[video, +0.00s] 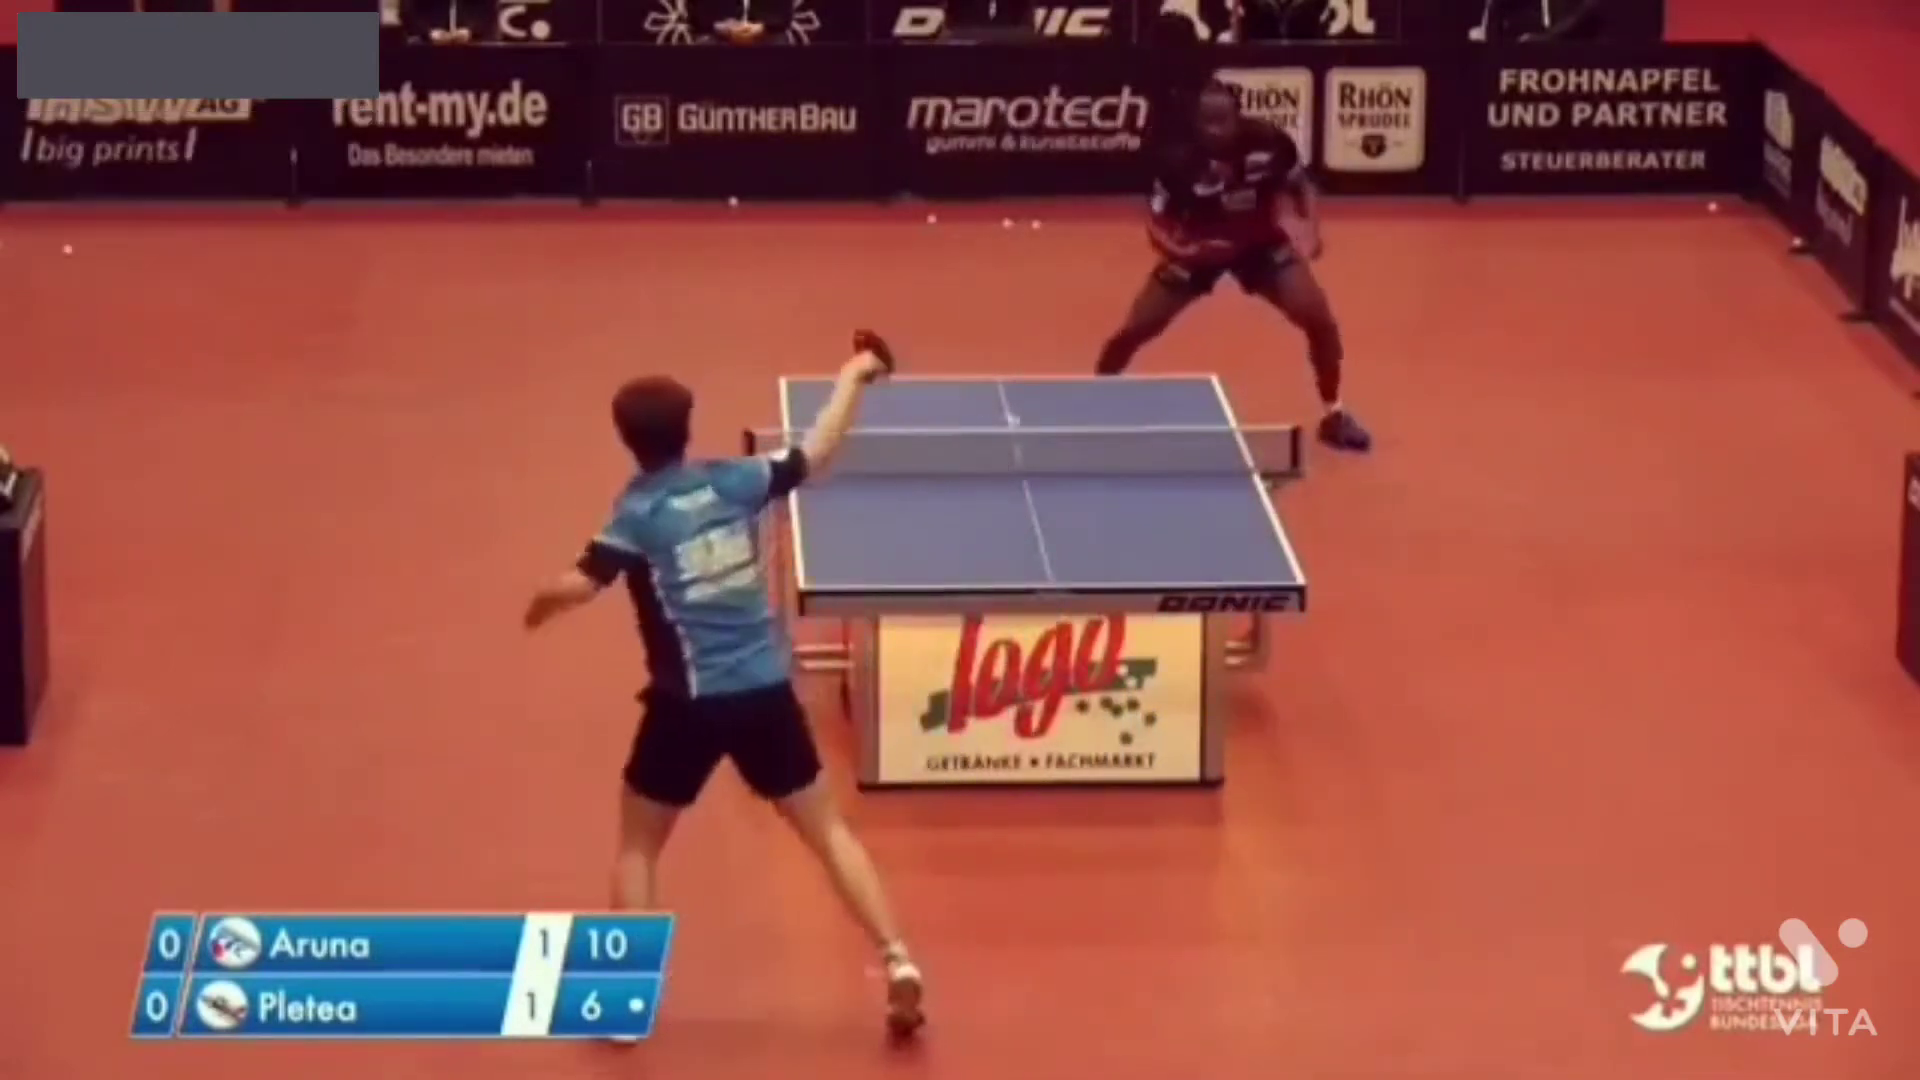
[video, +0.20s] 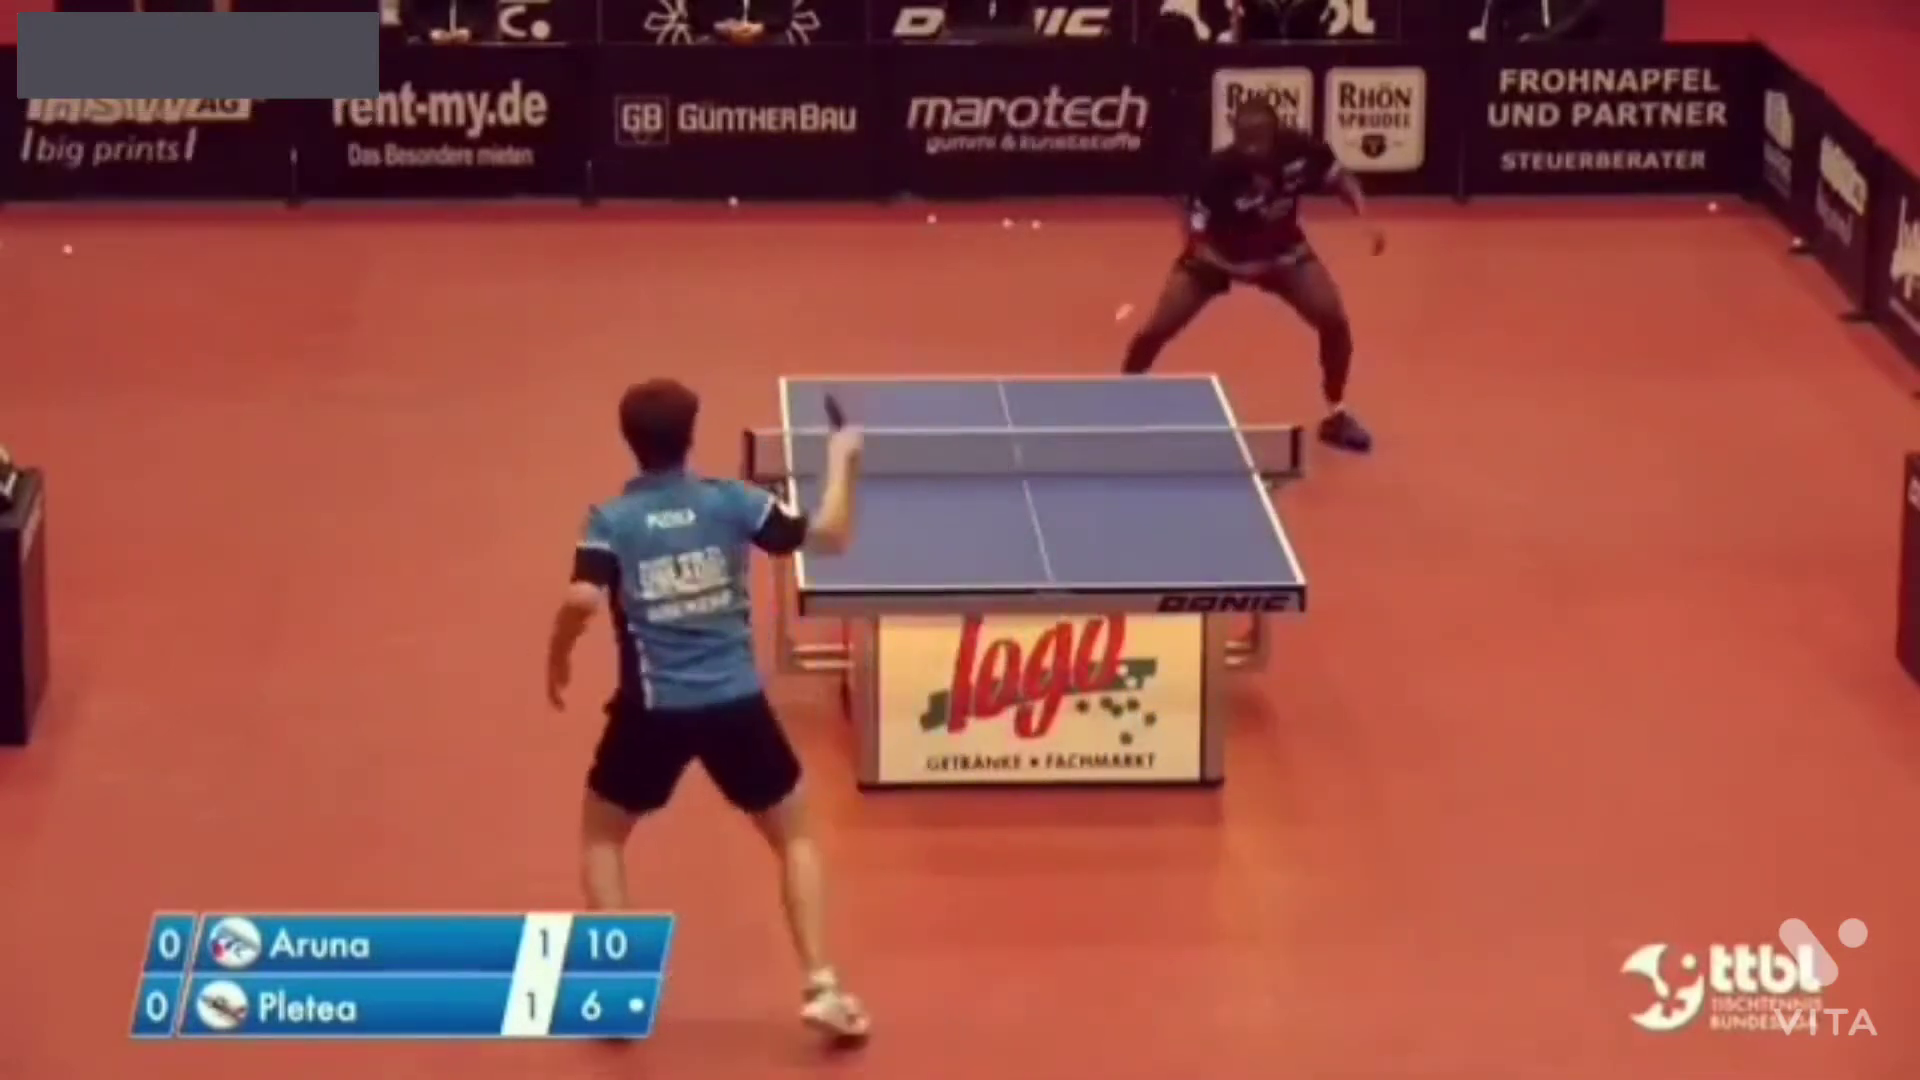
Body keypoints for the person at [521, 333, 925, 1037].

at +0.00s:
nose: (627, 439)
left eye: (627, 430)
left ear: (629, 442)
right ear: (686, 429)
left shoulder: (637, 512)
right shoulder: (734, 482)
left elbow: (582, 584)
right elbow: (814, 455)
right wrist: (852, 375)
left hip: (687, 705)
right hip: (765, 694)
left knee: (639, 845)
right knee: (828, 829)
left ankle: (627, 990)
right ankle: (898, 956)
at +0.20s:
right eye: (685, 426)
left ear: (628, 440)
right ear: (691, 435)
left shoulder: (612, 519)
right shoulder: (730, 501)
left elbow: (580, 602)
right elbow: (829, 535)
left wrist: (558, 661)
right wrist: (842, 465)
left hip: (653, 715)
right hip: (737, 710)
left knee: (603, 835)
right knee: (794, 834)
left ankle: (614, 981)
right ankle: (821, 984)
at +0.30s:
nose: (712, 455)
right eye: (712, 446)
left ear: (648, 455)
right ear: (710, 454)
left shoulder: (619, 525)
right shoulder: (738, 529)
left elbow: (556, 605)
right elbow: (806, 604)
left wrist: (560, 652)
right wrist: (828, 547)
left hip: (641, 726)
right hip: (725, 728)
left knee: (578, 825)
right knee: (780, 861)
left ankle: (547, 976)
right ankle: (791, 1015)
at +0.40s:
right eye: (718, 469)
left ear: (659, 477)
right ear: (719, 482)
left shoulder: (613, 537)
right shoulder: (736, 569)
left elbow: (540, 584)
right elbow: (781, 642)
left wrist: (571, 609)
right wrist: (815, 600)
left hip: (600, 738)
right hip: (685, 748)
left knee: (551, 837)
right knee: (763, 865)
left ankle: (511, 972)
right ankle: (778, 1016)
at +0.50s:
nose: (739, 474)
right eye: (736, 467)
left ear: (671, 471)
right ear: (731, 479)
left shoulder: (620, 517)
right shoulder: (732, 569)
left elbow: (555, 547)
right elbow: (759, 664)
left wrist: (611, 567)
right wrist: (802, 641)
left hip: (564, 712)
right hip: (642, 730)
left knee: (524, 801)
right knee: (756, 824)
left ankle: (478, 928)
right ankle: (731, 977)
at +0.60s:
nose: (741, 480)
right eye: (740, 472)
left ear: (675, 478)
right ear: (734, 486)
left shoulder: (625, 519)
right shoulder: (733, 576)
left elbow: (561, 548)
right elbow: (754, 673)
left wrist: (610, 567)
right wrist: (806, 656)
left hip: (556, 712)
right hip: (633, 733)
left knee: (521, 802)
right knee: (751, 821)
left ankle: (454, 918)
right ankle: (716, 971)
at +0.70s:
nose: (748, 521)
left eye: (743, 509)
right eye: (745, 514)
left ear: (684, 513)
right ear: (737, 531)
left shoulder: (648, 549)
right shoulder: (706, 621)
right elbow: (716, 727)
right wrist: (783, 763)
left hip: (536, 727)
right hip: (599, 755)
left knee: (495, 825)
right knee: (723, 831)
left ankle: (395, 912)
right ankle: (703, 981)